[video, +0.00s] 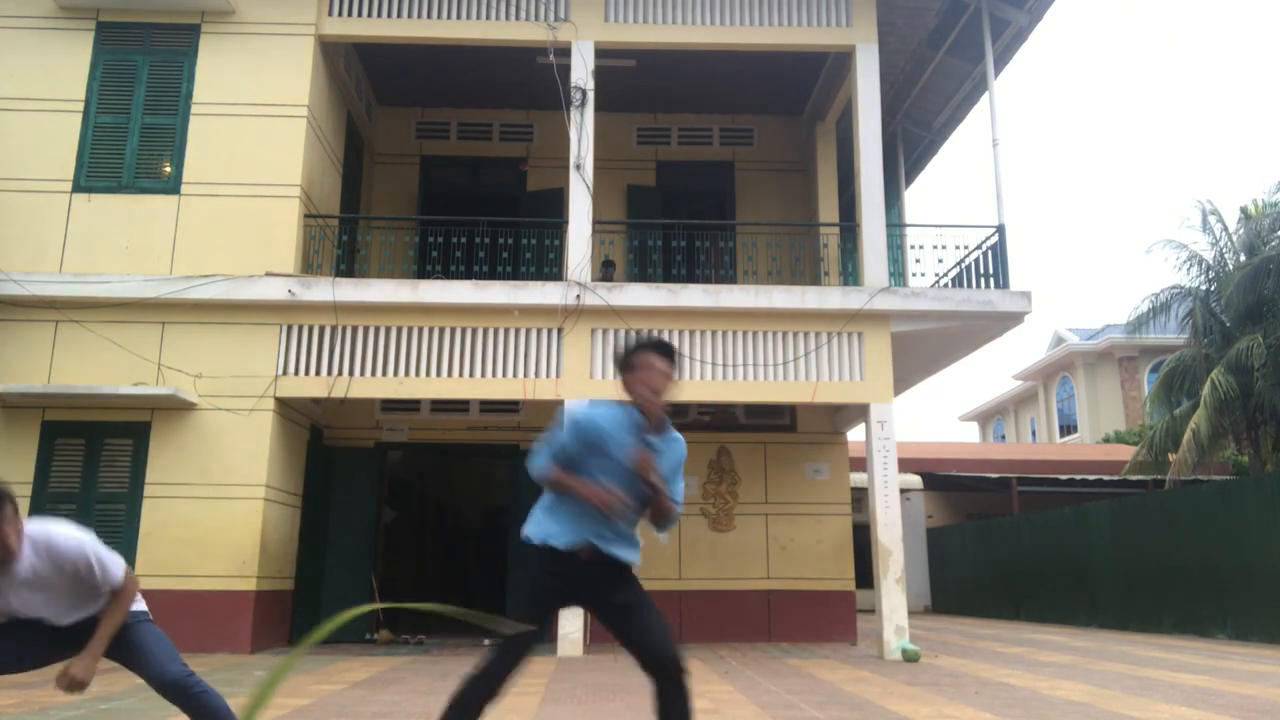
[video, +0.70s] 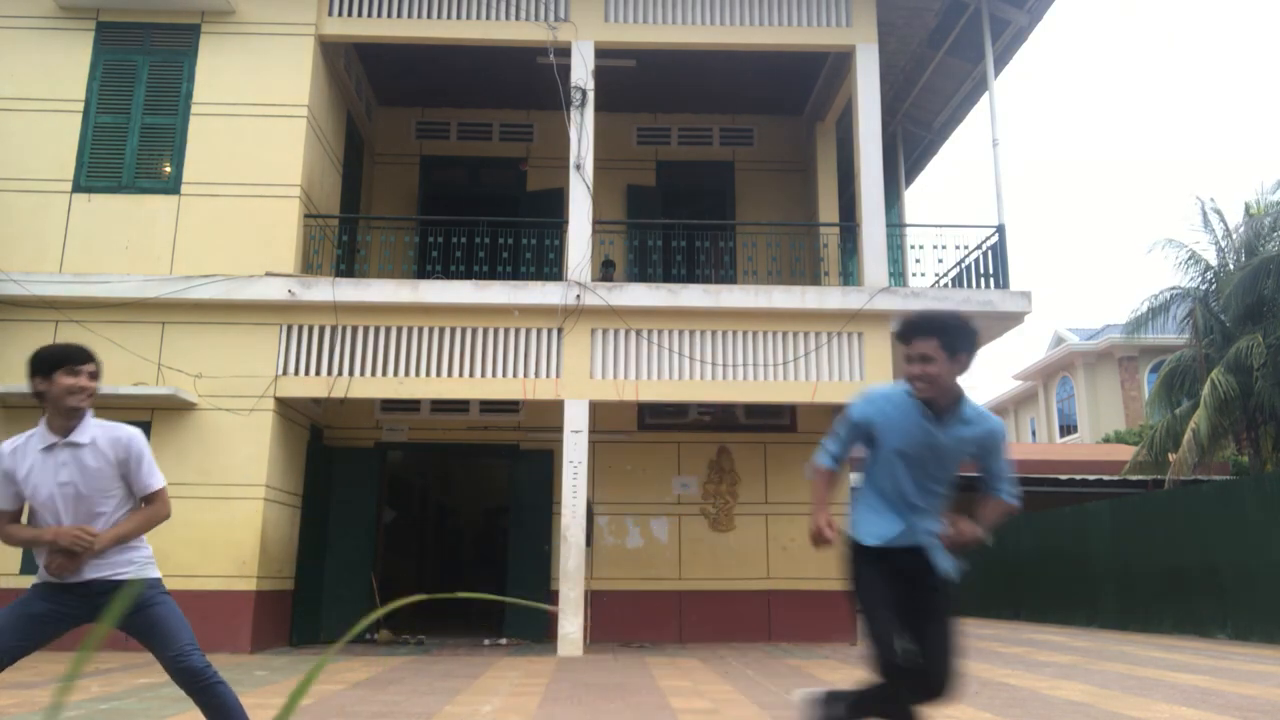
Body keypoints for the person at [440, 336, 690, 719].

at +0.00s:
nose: (652, 380)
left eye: (661, 372)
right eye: (642, 370)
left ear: (671, 380)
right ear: (625, 377)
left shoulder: (673, 446)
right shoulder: (585, 418)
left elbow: (665, 520)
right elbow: (539, 463)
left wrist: (652, 481)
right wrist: (589, 491)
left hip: (607, 566)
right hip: (548, 556)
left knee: (667, 664)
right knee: (510, 654)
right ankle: (453, 716)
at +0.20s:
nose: (798, 522)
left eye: (801, 512)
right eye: (797, 512)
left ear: (767, 485)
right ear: (774, 505)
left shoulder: (722, 469)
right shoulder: (720, 545)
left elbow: (658, 460)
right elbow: (655, 596)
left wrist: (687, 506)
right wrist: (700, 599)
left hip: (639, 586)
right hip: (594, 581)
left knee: (711, 663)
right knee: (536, 679)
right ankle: (468, 716)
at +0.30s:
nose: (843, 526)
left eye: (848, 518)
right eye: (844, 516)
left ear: (816, 489)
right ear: (820, 502)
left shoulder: (770, 474)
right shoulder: (762, 530)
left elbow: (699, 468)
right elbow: (679, 569)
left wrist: (708, 532)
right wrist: (725, 597)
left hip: (674, 576)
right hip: (631, 570)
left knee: (731, 672)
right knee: (570, 662)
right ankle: (482, 716)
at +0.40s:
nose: (882, 478)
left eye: (886, 469)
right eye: (879, 466)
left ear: (858, 457)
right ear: (850, 453)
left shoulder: (826, 479)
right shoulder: (792, 479)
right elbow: (716, 525)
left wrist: (784, 548)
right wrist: (752, 588)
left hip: (722, 567)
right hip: (678, 552)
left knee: (746, 681)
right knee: (625, 646)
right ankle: (553, 713)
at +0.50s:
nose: (896, 412)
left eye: (907, 403)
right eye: (889, 398)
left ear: (916, 403)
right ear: (868, 390)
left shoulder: (887, 439)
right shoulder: (820, 420)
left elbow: (860, 472)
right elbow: (745, 467)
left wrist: (866, 515)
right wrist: (762, 540)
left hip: (786, 549)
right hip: (738, 533)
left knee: (771, 668)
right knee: (705, 636)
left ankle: (728, 716)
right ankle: (665, 711)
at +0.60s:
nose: (894, 369)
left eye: (907, 360)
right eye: (889, 358)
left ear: (933, 363)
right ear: (881, 356)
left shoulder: (935, 422)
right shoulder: (847, 390)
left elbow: (930, 477)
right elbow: (783, 442)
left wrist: (922, 502)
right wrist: (789, 508)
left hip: (855, 534)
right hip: (806, 524)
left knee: (848, 661)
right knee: (798, 634)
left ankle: (757, 717)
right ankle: (792, 708)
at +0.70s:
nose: (915, 371)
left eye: (927, 360)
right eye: (909, 361)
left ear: (960, 363)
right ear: (902, 361)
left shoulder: (984, 428)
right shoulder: (875, 405)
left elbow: (1003, 491)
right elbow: (828, 455)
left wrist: (978, 526)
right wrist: (820, 510)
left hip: (929, 548)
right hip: (872, 544)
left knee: (932, 679)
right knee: (899, 668)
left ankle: (832, 706)